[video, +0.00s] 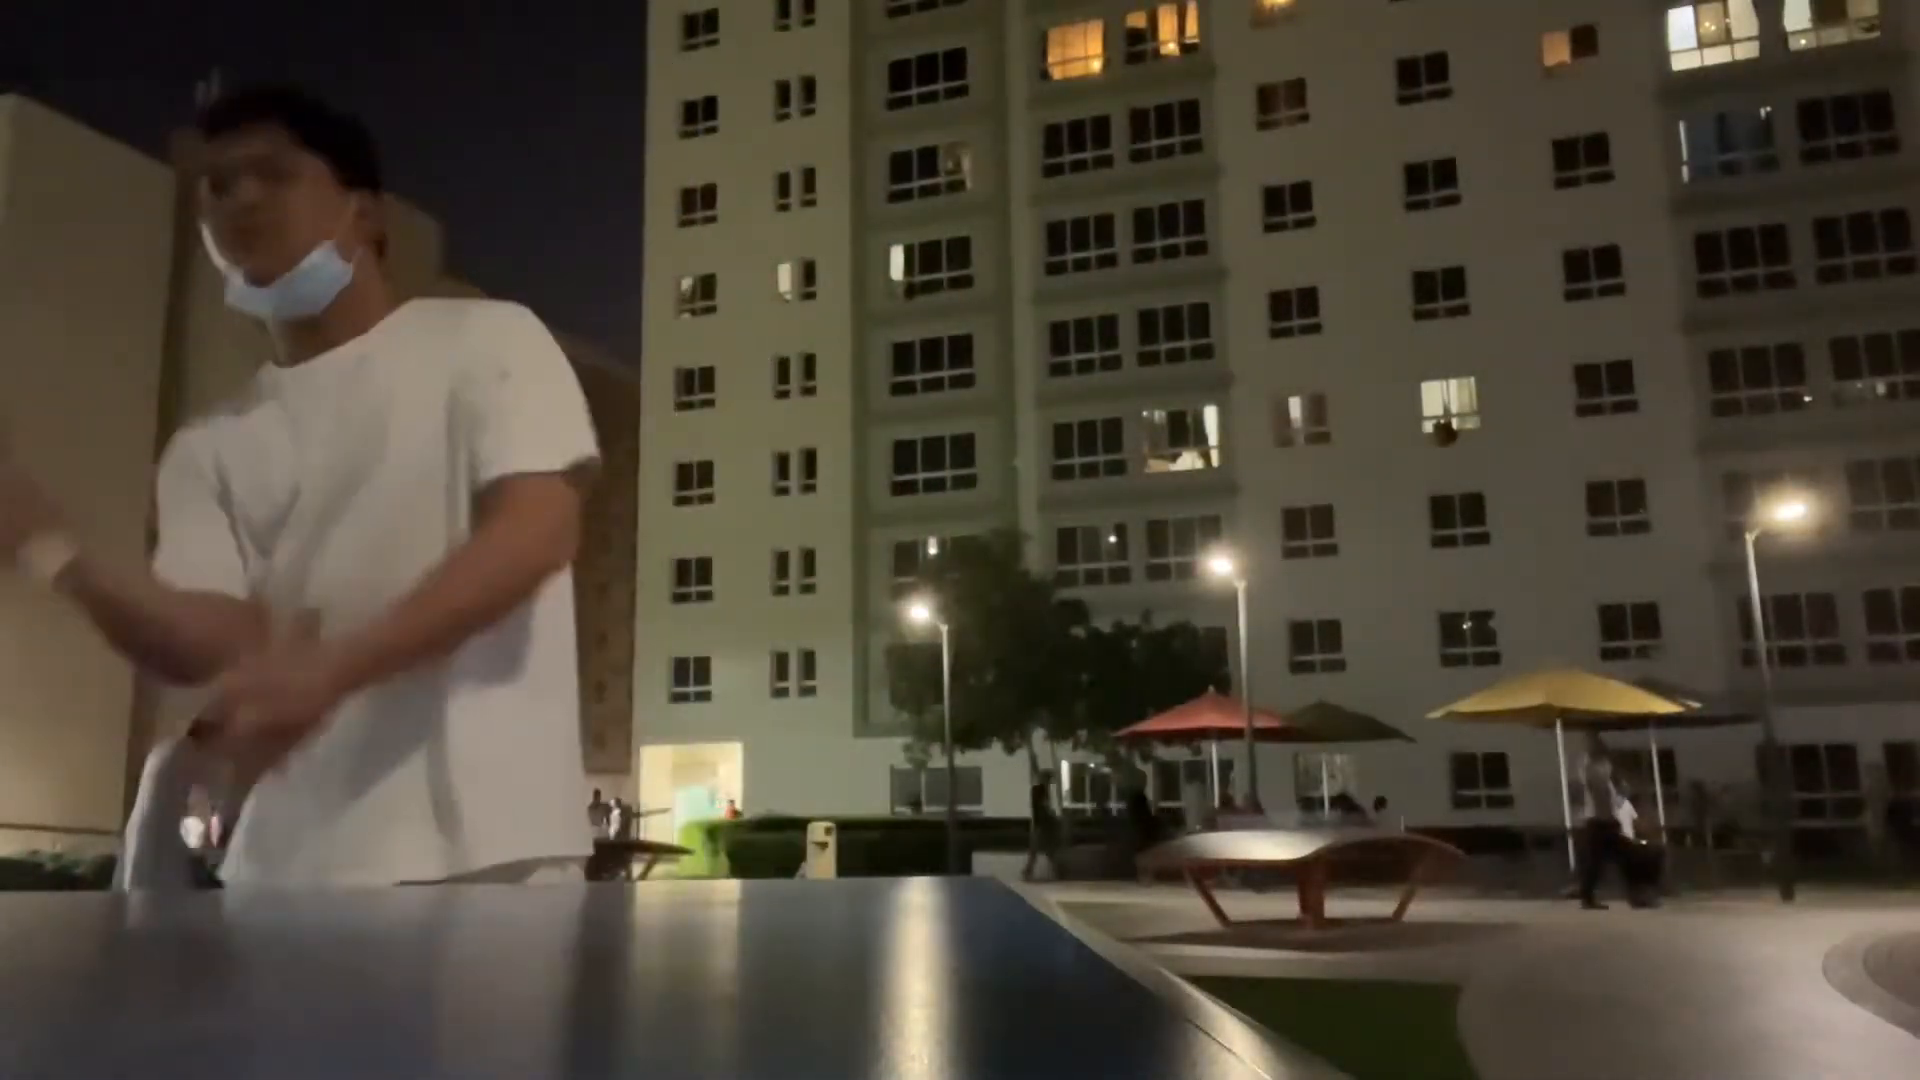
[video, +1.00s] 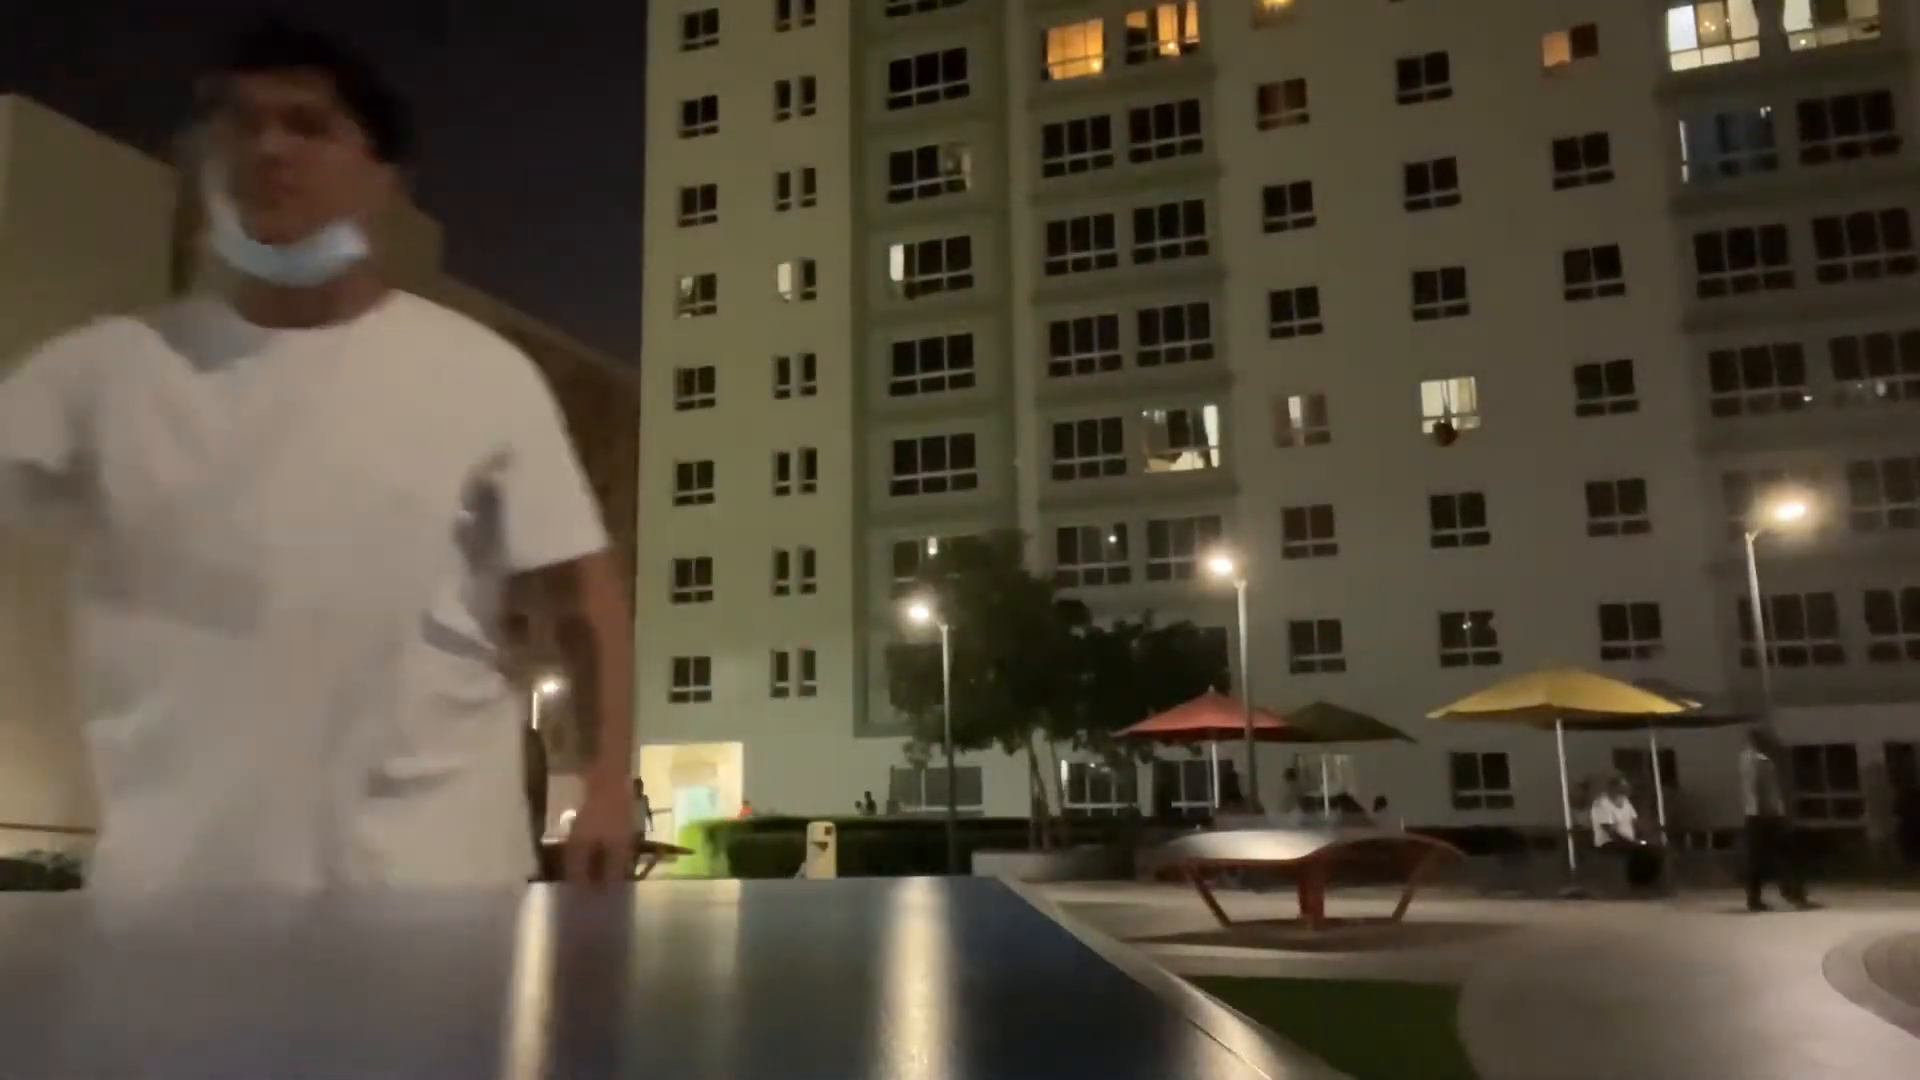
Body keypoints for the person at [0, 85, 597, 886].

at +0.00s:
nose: (242, 202)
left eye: (273, 172)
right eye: (218, 187)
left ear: (363, 213)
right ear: (206, 232)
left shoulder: (488, 341)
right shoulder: (208, 451)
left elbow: (538, 529)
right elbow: (210, 645)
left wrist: (328, 672)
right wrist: (54, 549)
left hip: (486, 867)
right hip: (288, 881)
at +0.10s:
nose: (318, 178)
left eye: (352, 151)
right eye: (292, 157)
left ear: (426, 202)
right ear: (270, 208)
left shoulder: (539, 368)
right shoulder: (226, 406)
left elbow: (624, 567)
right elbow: (189, 640)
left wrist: (547, 713)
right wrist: (170, 535)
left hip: (492, 854)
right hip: (283, 857)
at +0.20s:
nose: (397, 166)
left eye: (429, 144)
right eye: (370, 146)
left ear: (492, 197)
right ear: (340, 190)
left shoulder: (595, 382)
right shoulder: (264, 391)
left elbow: (677, 597)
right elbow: (226, 622)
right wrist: (198, 591)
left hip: (524, 864)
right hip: (303, 866)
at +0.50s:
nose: (466, 196)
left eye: (503, 168)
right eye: (443, 169)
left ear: (580, 219)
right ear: (417, 204)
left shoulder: (679, 398)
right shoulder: (350, 411)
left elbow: (770, 619)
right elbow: (186, 629)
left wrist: (760, 815)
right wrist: (272, 629)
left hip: (616, 860)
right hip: (394, 852)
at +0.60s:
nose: (363, 247)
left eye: (403, 215)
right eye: (349, 215)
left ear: (495, 242)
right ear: (326, 232)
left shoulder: (616, 414)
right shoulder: (284, 426)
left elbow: (741, 623)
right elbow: (45, 496)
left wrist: (754, 849)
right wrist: (73, 599)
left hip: (594, 866)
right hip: (374, 862)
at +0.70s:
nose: (191, 191)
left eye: (236, 162)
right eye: (169, 159)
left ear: (337, 201)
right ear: (143, 183)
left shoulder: (458, 387)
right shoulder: (95, 387)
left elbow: (608, 610)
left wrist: (651, 803)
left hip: (480, 859)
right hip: (240, 872)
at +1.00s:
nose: (267, 150)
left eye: (307, 126)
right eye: (237, 124)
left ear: (382, 174)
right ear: (199, 161)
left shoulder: (481, 380)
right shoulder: (106, 376)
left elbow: (590, 592)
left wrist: (609, 783)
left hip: (429, 892)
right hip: (177, 891)